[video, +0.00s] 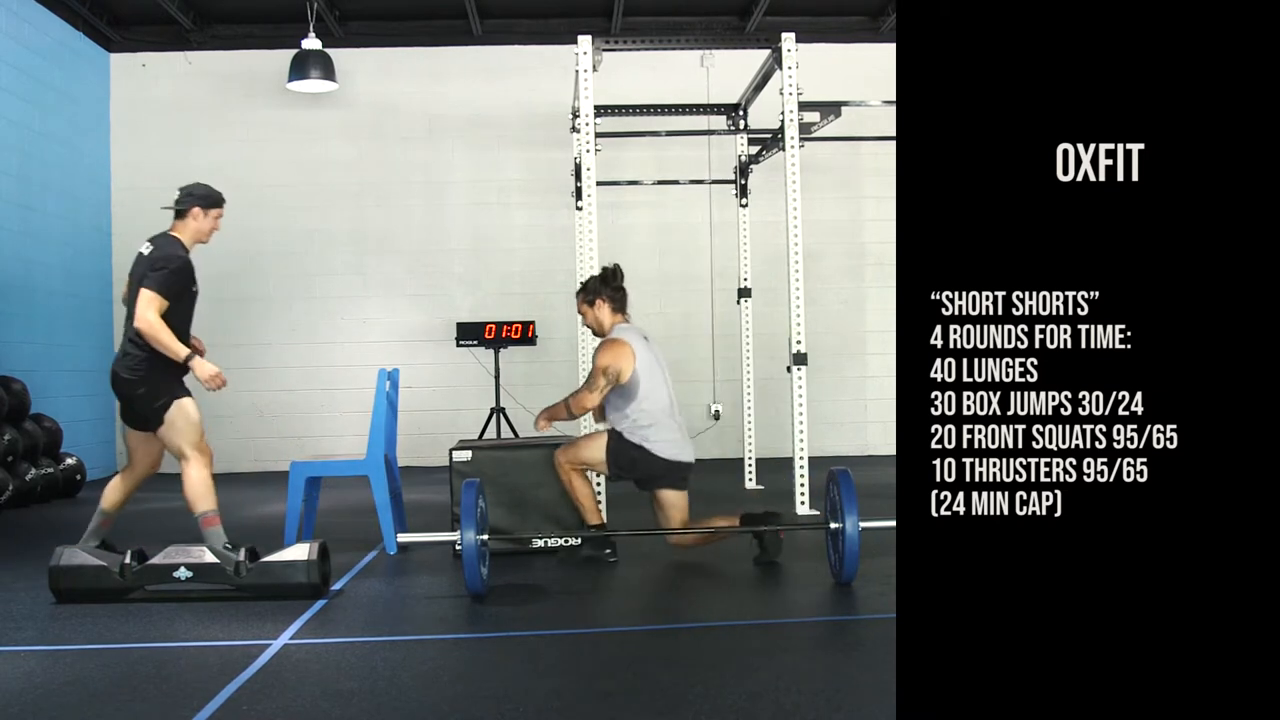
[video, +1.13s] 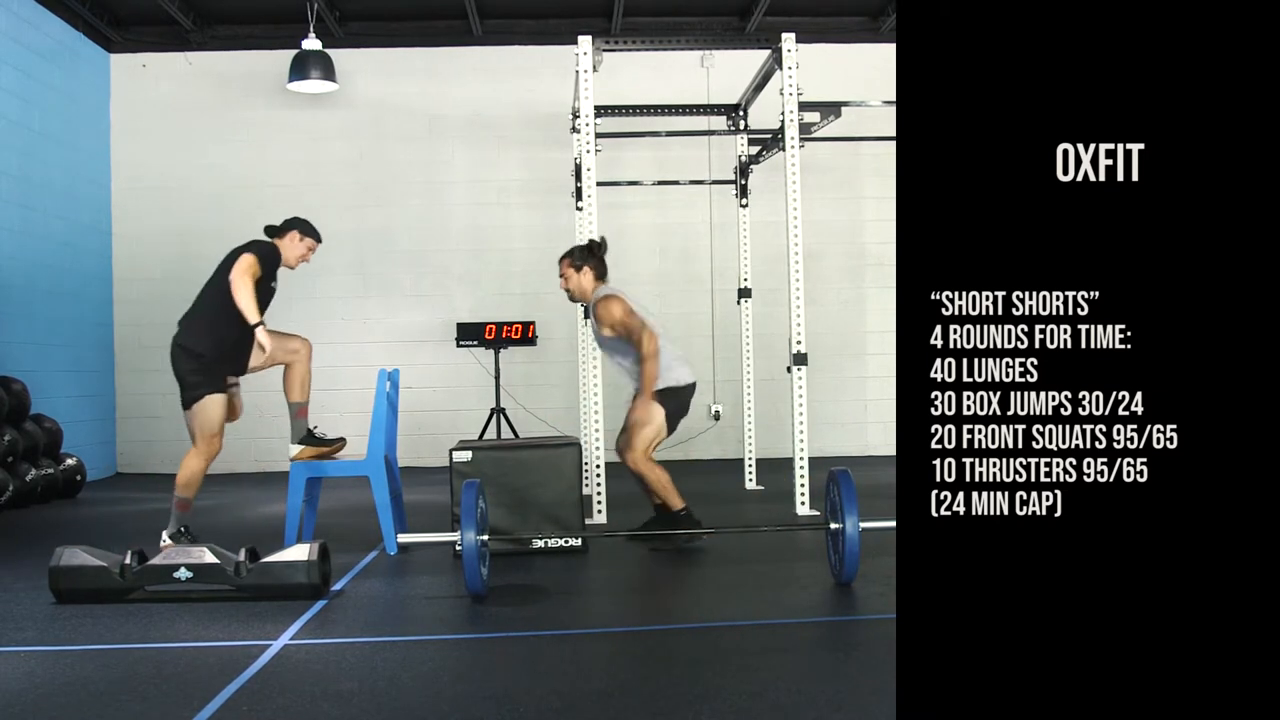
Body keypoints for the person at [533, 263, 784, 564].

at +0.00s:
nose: (584, 322)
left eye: (583, 313)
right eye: (581, 315)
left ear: (600, 305)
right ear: (614, 305)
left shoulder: (612, 348)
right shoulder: (638, 340)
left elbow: (585, 401)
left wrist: (549, 414)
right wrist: (603, 408)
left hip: (643, 447)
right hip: (673, 452)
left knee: (565, 458)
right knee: (680, 534)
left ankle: (599, 538)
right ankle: (755, 522)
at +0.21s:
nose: (565, 282)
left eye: (565, 274)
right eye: (563, 275)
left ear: (582, 265)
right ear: (591, 263)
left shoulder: (603, 307)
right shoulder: (621, 296)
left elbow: (598, 365)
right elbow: (618, 357)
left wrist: (561, 391)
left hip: (634, 403)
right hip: (666, 404)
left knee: (573, 453)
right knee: (678, 481)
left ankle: (600, 536)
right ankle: (758, 514)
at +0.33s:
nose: (558, 261)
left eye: (557, 253)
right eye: (555, 255)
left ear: (574, 244)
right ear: (582, 242)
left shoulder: (595, 282)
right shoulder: (612, 275)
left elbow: (608, 336)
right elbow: (622, 336)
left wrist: (578, 377)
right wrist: (598, 368)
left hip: (633, 382)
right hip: (662, 380)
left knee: (589, 449)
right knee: (656, 457)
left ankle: (601, 537)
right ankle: (725, 501)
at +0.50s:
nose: (563, 255)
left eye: (563, 247)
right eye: (561, 248)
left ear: (579, 237)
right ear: (590, 236)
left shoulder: (593, 273)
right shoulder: (622, 268)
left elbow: (616, 317)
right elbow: (653, 318)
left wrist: (600, 369)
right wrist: (625, 354)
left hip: (627, 377)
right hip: (655, 376)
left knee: (595, 449)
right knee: (641, 444)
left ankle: (601, 535)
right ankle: (674, 514)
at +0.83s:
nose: (574, 249)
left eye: (575, 241)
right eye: (572, 242)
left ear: (594, 233)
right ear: (598, 234)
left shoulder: (613, 262)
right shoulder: (620, 262)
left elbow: (654, 287)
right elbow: (662, 296)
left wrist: (637, 340)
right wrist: (643, 340)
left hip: (651, 362)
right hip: (661, 361)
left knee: (621, 434)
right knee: (650, 438)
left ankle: (650, 513)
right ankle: (668, 513)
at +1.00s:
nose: (563, 267)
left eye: (565, 259)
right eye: (561, 261)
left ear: (584, 251)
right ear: (586, 251)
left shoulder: (604, 279)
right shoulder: (608, 277)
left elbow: (652, 296)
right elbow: (660, 297)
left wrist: (658, 353)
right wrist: (655, 353)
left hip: (665, 367)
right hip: (670, 366)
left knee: (635, 439)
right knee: (647, 441)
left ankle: (676, 512)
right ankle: (670, 510)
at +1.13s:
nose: (562, 285)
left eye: (565, 277)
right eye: (561, 278)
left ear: (585, 273)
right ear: (586, 274)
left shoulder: (607, 304)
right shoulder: (602, 305)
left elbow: (648, 339)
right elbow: (645, 342)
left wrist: (644, 395)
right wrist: (643, 394)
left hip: (670, 385)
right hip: (661, 386)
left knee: (635, 452)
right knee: (628, 448)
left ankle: (684, 516)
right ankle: (665, 513)